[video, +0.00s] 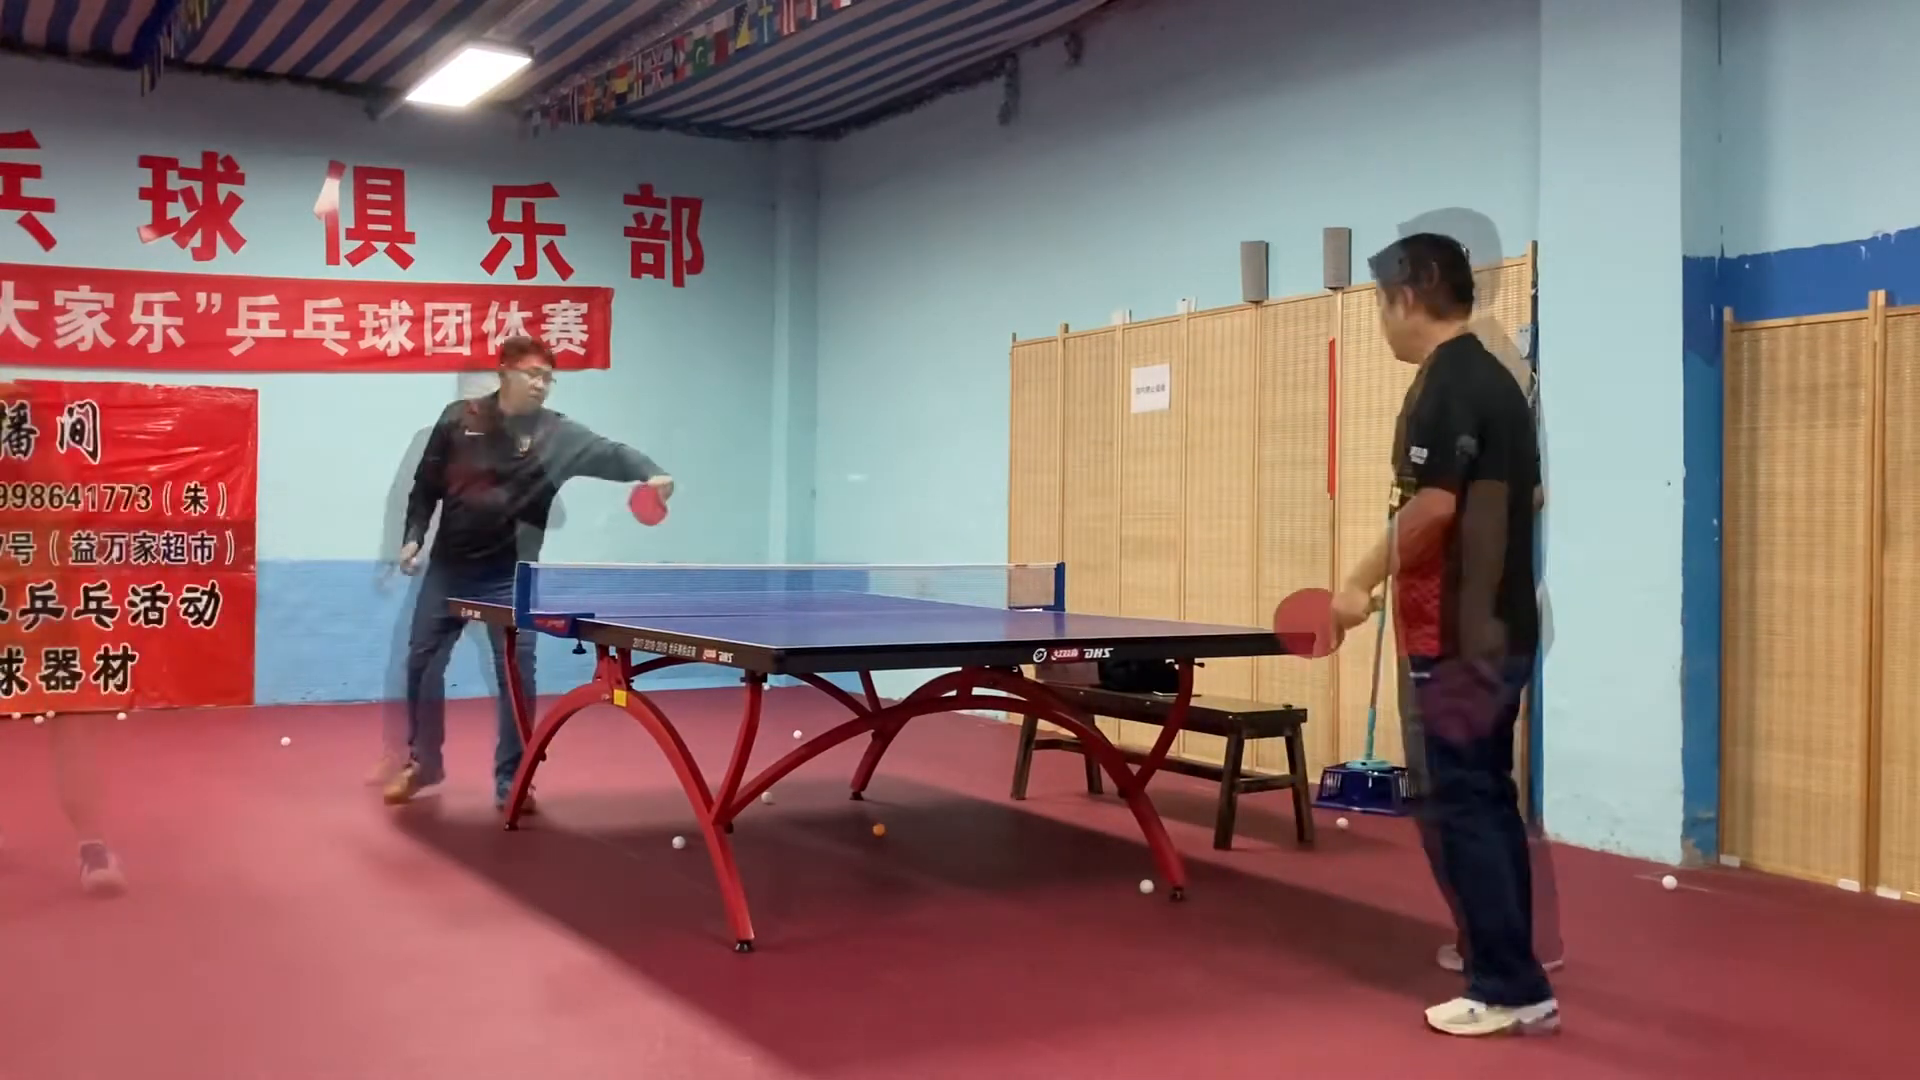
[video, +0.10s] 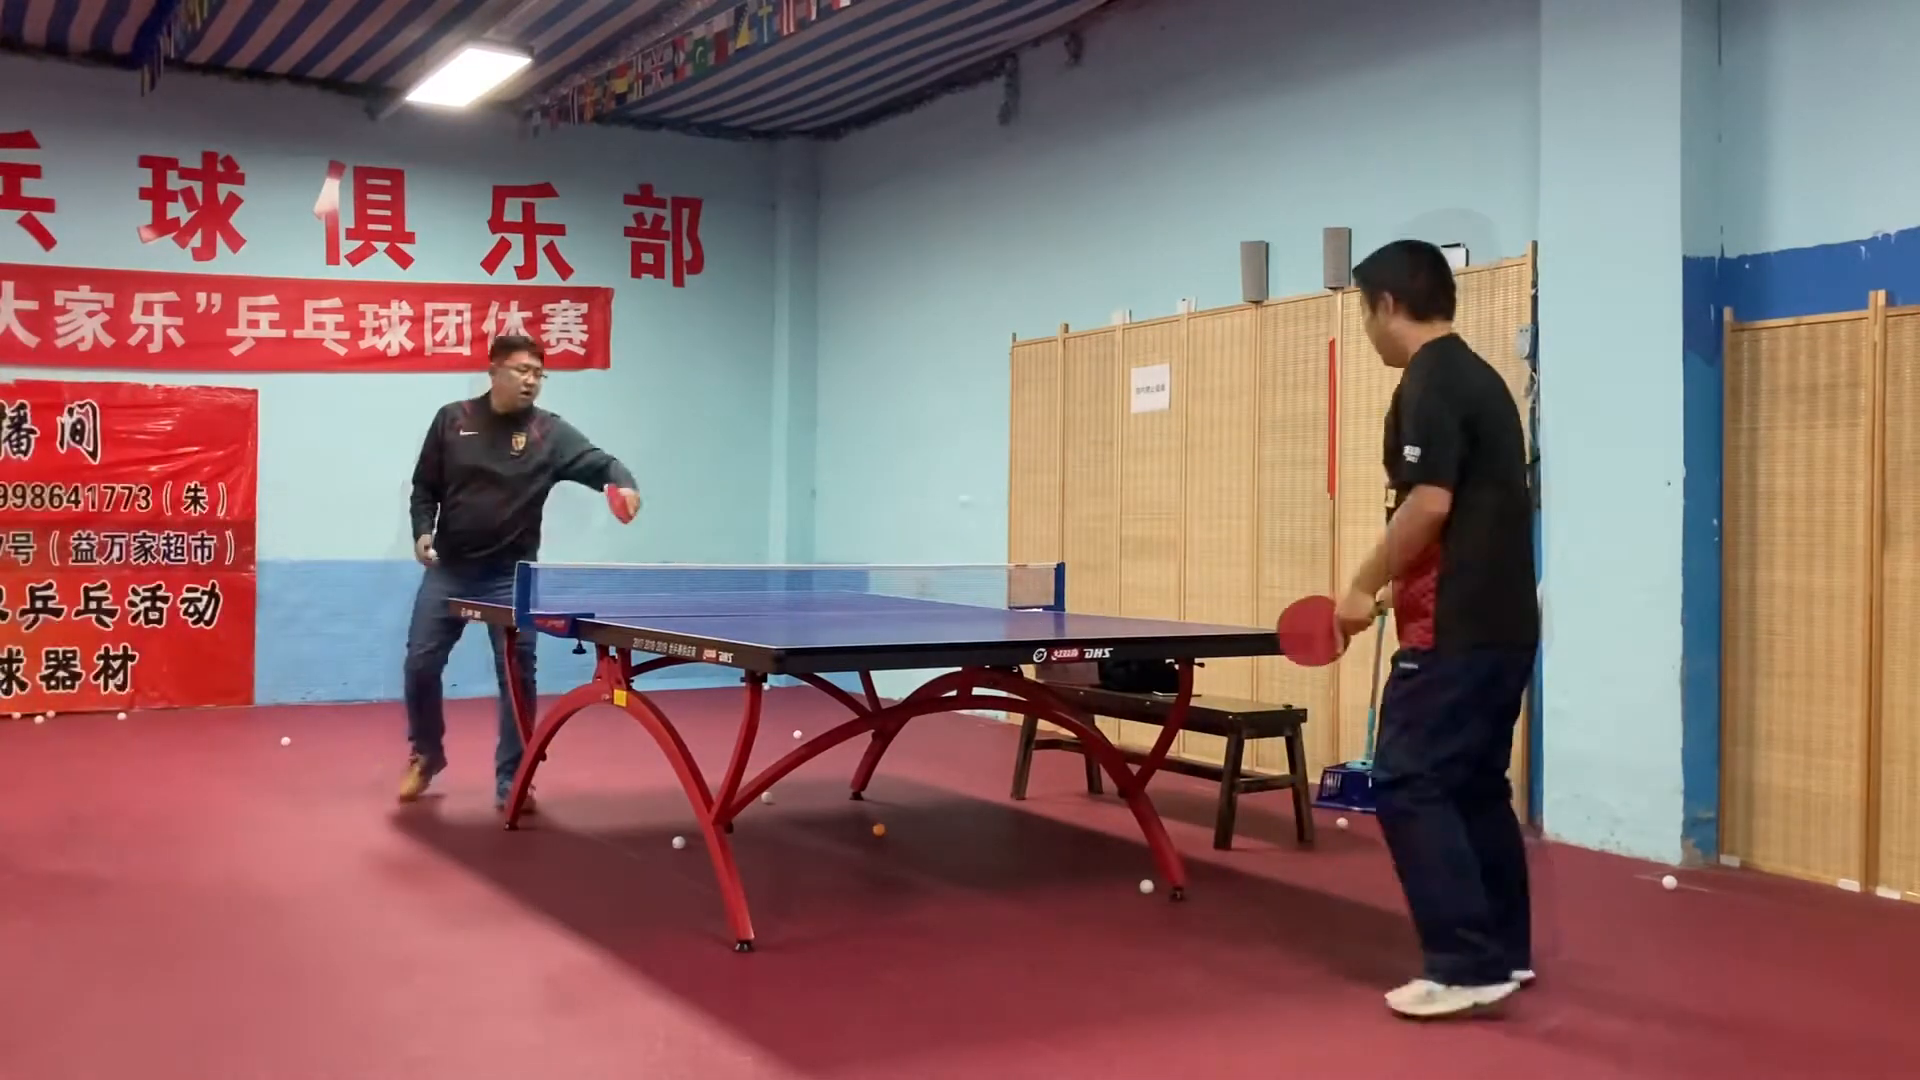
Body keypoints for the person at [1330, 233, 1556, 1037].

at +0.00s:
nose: (1382, 322)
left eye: (1384, 305)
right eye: (1381, 306)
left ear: (1414, 299)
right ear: (1448, 296)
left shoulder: (1449, 380)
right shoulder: (1487, 374)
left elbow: (1434, 504)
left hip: (1457, 642)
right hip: (1492, 634)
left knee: (1454, 802)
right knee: (1478, 794)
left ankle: (1511, 989)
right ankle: (1496, 952)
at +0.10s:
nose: (1365, 327)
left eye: (1366, 311)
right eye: (1365, 312)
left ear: (1388, 305)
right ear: (1438, 302)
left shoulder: (1432, 379)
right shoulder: (1475, 374)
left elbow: (1429, 500)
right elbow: (1472, 508)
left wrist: (1368, 583)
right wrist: (1380, 589)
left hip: (1455, 631)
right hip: (1498, 626)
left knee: (1407, 784)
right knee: (1474, 782)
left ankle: (1466, 965)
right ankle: (1504, 953)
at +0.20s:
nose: (1350, 344)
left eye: (1350, 328)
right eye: (1349, 329)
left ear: (1372, 324)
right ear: (1422, 319)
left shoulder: (1408, 390)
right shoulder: (1465, 387)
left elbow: (1416, 503)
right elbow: (1484, 511)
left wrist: (1369, 595)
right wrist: (1386, 604)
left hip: (1453, 635)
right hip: (1501, 630)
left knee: (1400, 795)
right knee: (1451, 784)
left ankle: (1429, 973)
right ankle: (1495, 935)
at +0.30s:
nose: (1350, 358)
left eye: (1348, 344)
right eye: (1347, 345)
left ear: (1364, 339)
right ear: (1421, 333)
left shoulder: (1389, 396)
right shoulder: (1470, 398)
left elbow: (1397, 500)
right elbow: (1497, 515)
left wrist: (1368, 605)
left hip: (1441, 633)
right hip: (1498, 628)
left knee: (1390, 790)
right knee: (1450, 775)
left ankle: (1425, 972)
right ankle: (1483, 927)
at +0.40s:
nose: (1357, 364)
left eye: (1356, 352)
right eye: (1355, 353)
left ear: (1371, 346)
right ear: (1426, 342)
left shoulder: (1386, 396)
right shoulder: (1479, 407)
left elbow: (1389, 494)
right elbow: (1492, 525)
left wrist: (1370, 593)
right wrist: (1413, 605)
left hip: (1435, 628)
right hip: (1497, 625)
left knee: (1395, 790)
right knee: (1466, 781)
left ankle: (1420, 971)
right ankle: (1477, 941)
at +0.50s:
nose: (1367, 369)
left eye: (1366, 359)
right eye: (1365, 361)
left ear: (1378, 351)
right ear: (1438, 346)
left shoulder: (1388, 393)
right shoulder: (1485, 411)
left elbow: (1391, 477)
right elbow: (1500, 521)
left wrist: (1372, 579)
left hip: (1433, 625)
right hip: (1499, 624)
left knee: (1401, 787)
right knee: (1464, 781)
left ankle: (1414, 965)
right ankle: (1472, 947)